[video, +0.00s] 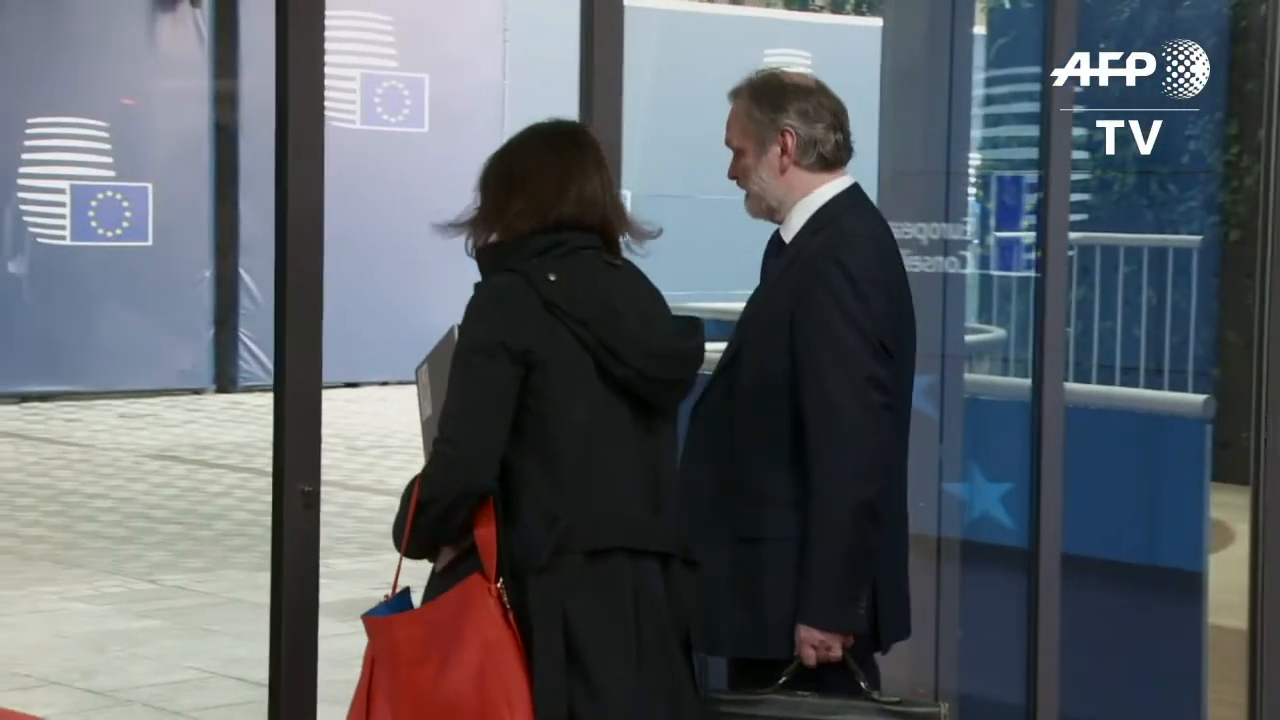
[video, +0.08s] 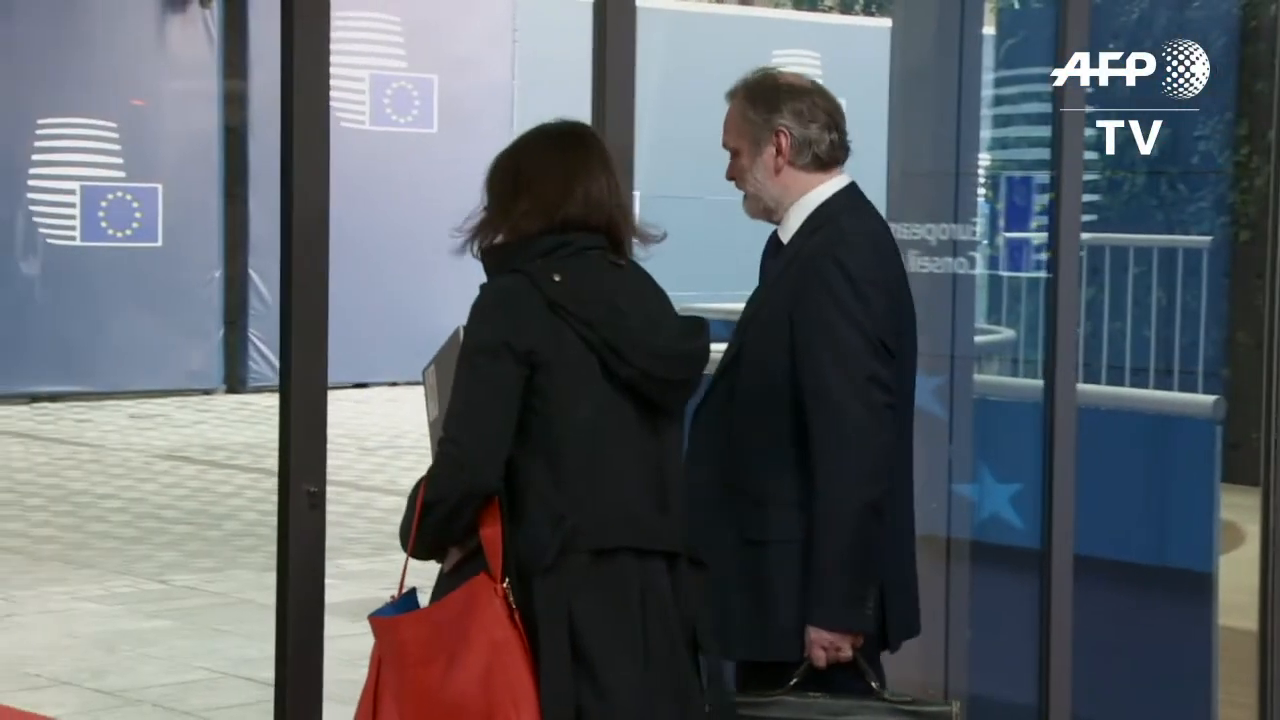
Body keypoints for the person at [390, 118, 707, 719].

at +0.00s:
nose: (488, 215)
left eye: (495, 198)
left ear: (511, 200)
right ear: (599, 196)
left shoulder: (508, 295)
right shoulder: (637, 296)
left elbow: (469, 462)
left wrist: (418, 523)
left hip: (555, 588)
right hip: (646, 584)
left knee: (561, 708)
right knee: (644, 705)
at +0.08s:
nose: (493, 216)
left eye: (501, 199)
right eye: (497, 199)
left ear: (518, 201)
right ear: (606, 197)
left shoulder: (513, 297)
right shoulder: (645, 298)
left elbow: (474, 463)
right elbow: (649, 450)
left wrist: (424, 526)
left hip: (561, 592)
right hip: (654, 586)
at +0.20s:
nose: (506, 215)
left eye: (513, 199)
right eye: (509, 199)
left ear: (531, 201)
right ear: (618, 197)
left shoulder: (526, 297)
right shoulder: (657, 298)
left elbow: (487, 464)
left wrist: (439, 525)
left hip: (576, 593)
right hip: (669, 587)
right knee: (669, 706)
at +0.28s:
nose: (514, 217)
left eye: (520, 200)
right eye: (516, 200)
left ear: (539, 204)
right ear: (625, 198)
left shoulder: (533, 300)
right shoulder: (663, 299)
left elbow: (496, 465)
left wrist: (447, 524)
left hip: (586, 591)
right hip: (678, 584)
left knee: (592, 708)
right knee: (677, 706)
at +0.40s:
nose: (526, 219)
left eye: (532, 203)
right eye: (527, 203)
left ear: (552, 207)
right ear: (637, 201)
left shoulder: (546, 301)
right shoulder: (673, 300)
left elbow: (510, 464)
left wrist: (466, 523)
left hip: (595, 589)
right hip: (689, 582)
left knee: (606, 707)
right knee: (688, 704)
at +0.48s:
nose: (534, 221)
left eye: (540, 206)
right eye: (535, 205)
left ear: (561, 211)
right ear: (645, 204)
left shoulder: (554, 305)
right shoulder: (675, 299)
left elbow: (521, 469)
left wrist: (468, 519)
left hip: (607, 596)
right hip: (699, 587)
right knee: (700, 704)